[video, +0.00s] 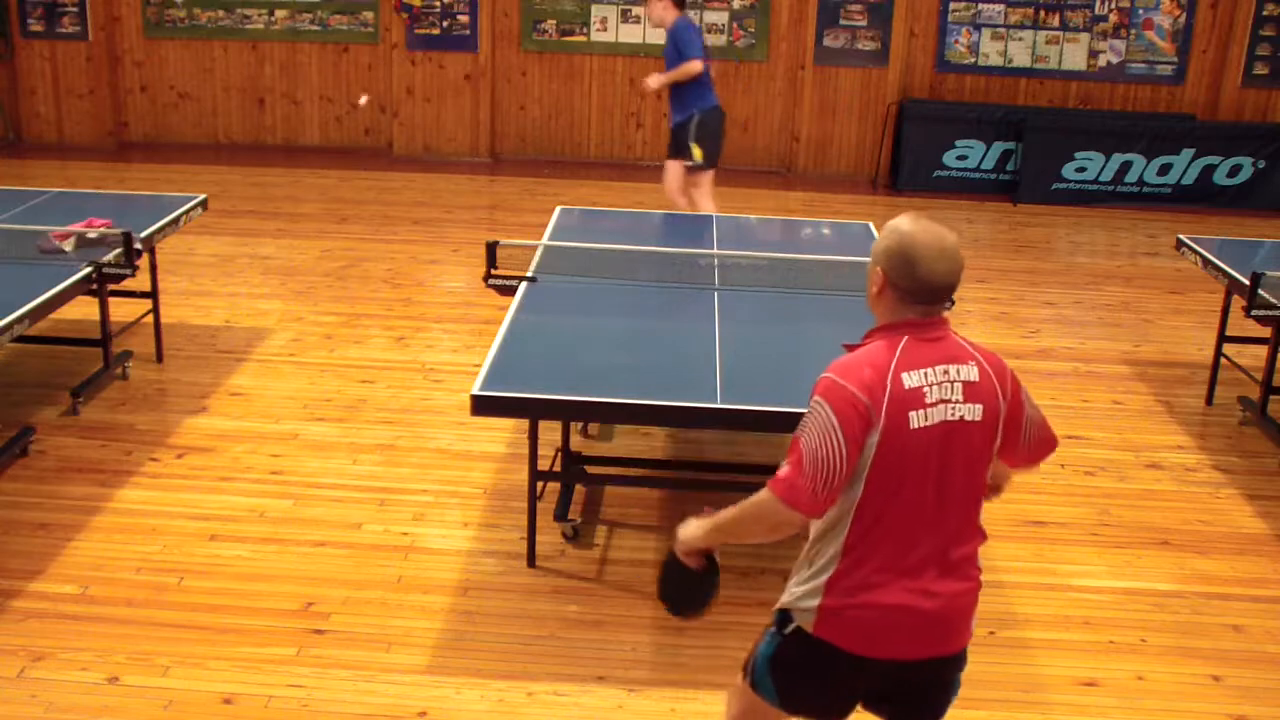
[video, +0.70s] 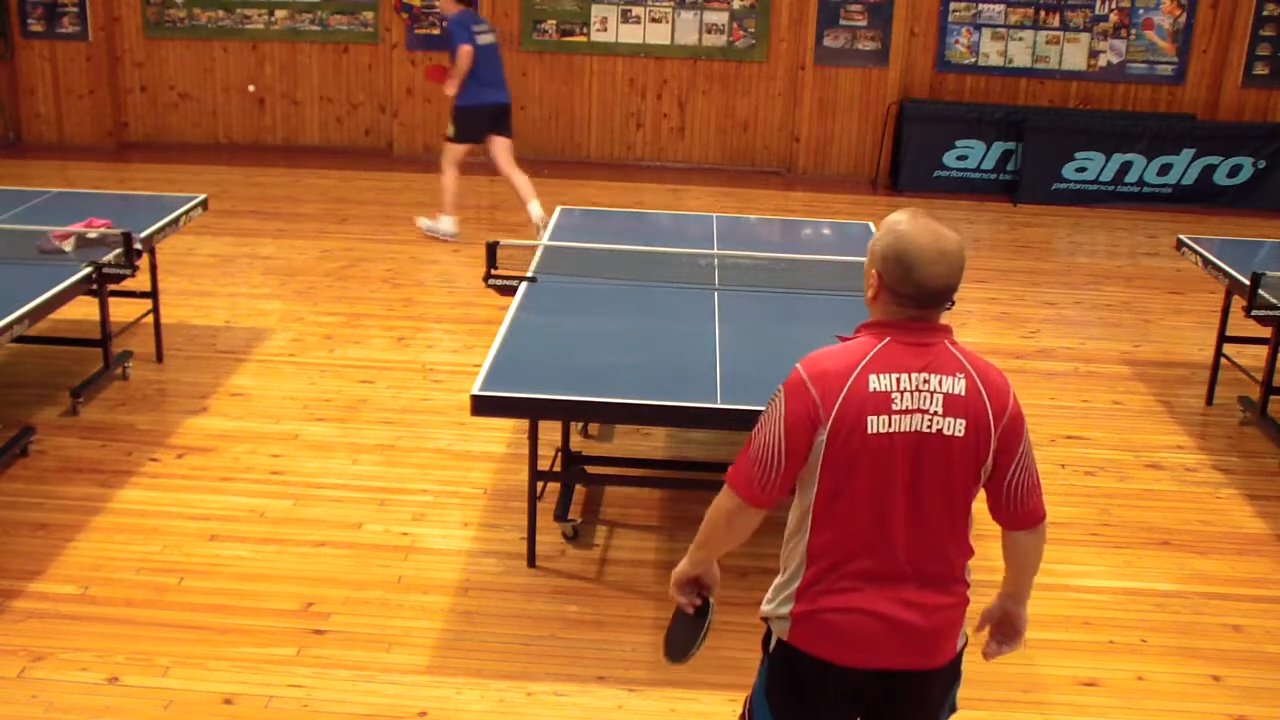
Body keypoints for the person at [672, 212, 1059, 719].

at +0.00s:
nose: (869, 268)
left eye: (873, 260)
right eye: (877, 256)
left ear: (879, 281)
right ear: (950, 287)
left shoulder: (854, 379)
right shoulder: (989, 370)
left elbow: (794, 501)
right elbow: (1031, 444)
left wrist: (706, 531)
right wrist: (994, 471)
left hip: (837, 630)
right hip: (938, 636)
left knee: (753, 706)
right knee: (914, 713)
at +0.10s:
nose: (880, 265)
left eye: (884, 258)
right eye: (886, 255)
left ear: (891, 277)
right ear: (960, 285)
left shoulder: (860, 376)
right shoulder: (998, 372)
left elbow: (798, 500)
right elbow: (1046, 462)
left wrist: (724, 563)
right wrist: (1020, 505)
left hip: (844, 636)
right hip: (946, 637)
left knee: (785, 701)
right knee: (928, 713)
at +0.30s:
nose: (879, 262)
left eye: (882, 256)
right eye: (885, 252)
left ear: (888, 276)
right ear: (961, 286)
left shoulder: (848, 376)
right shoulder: (998, 379)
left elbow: (782, 502)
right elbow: (1043, 496)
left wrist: (724, 587)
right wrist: (1050, 573)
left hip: (837, 641)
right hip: (942, 642)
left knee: (802, 710)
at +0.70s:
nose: (867, 258)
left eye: (870, 254)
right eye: (875, 249)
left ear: (874, 283)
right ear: (952, 290)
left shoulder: (821, 377)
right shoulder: (990, 389)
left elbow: (747, 494)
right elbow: (1026, 517)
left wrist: (701, 557)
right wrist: (1013, 599)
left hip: (820, 648)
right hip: (927, 654)